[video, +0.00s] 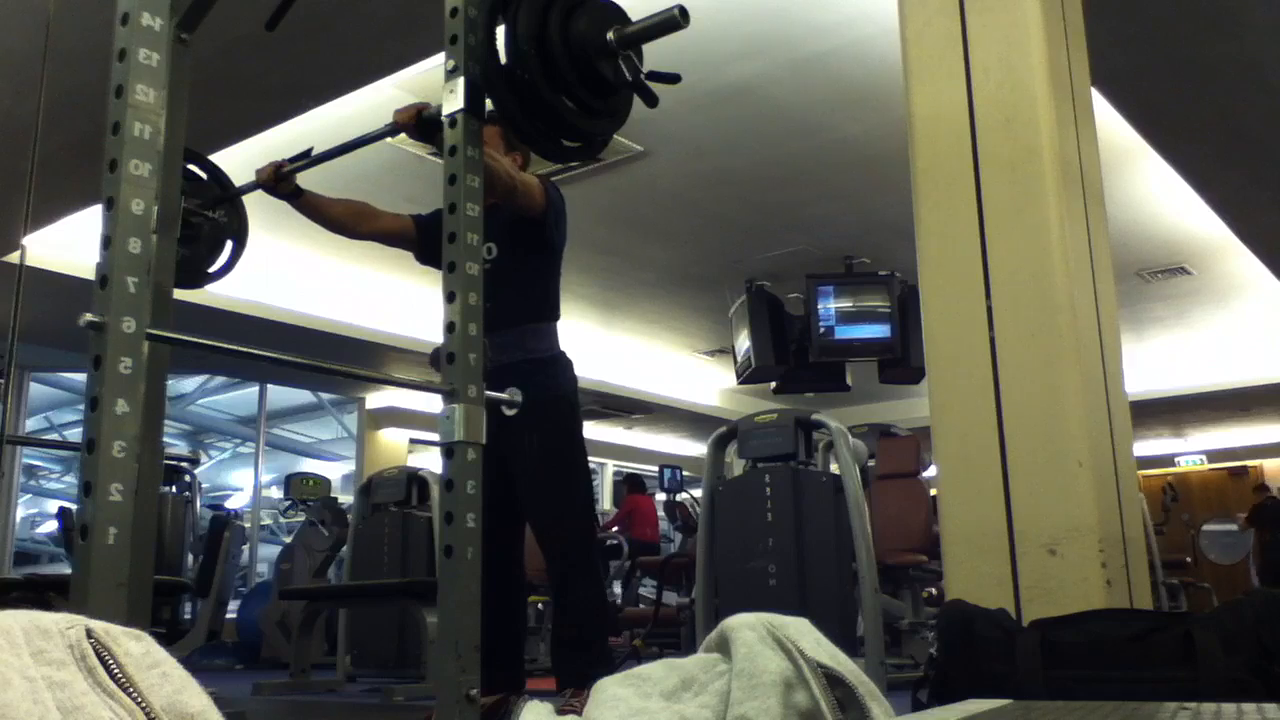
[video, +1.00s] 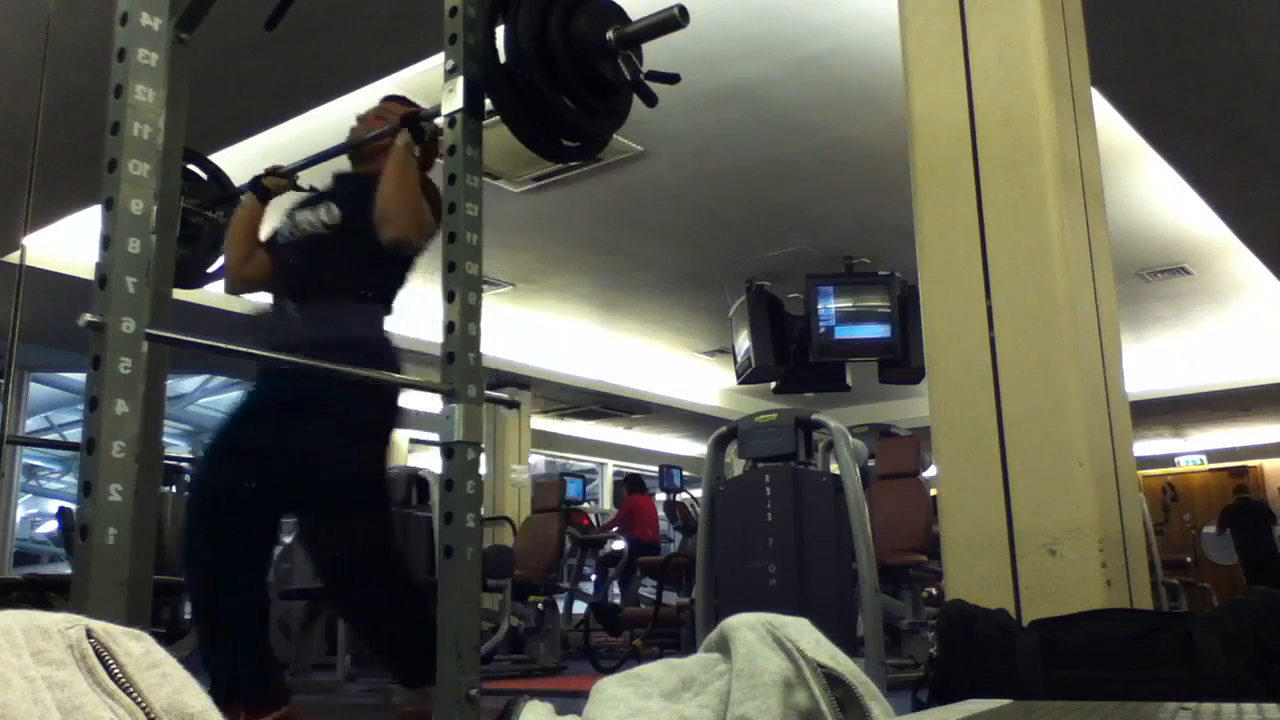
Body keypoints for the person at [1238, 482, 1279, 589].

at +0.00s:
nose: (1256, 497)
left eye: (1256, 494)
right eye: (1256, 494)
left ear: (1258, 494)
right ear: (1269, 491)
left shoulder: (1259, 507)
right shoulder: (1277, 503)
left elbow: (1244, 526)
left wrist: (1241, 518)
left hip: (1265, 548)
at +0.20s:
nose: (1249, 497)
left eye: (1249, 495)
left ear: (1249, 495)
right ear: (1262, 493)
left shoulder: (1246, 507)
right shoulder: (1275, 505)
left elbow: (1232, 526)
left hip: (1257, 551)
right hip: (1276, 550)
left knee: (1260, 582)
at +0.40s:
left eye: (1241, 495)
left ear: (1241, 495)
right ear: (1255, 493)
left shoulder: (1237, 508)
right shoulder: (1268, 504)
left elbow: (1225, 529)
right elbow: (1277, 521)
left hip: (1250, 549)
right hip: (1272, 548)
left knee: (1255, 578)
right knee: (1274, 578)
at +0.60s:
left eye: (1239, 495)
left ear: (1237, 495)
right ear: (1250, 493)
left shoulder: (1232, 509)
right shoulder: (1264, 504)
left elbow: (1222, 529)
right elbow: (1275, 520)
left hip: (1247, 551)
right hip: (1269, 548)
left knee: (1254, 580)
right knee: (1273, 578)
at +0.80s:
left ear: (1235, 495)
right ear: (1248, 493)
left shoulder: (1229, 509)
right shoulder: (1261, 504)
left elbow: (1220, 530)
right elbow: (1274, 521)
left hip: (1246, 552)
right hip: (1268, 549)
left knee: (1254, 581)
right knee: (1273, 579)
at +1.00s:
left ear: (1234, 495)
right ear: (1248, 493)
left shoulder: (1229, 509)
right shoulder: (1261, 505)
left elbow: (1219, 531)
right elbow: (1274, 521)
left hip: (1246, 553)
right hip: (1268, 550)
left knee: (1253, 582)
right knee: (1273, 581)